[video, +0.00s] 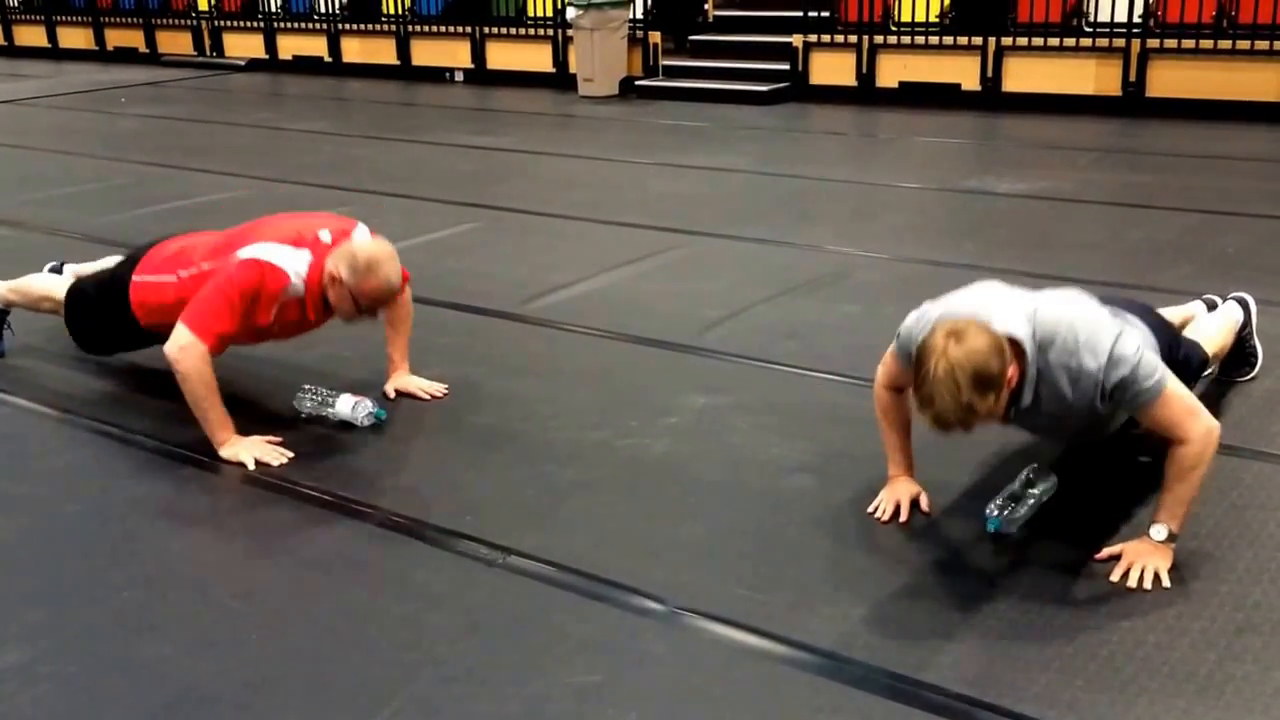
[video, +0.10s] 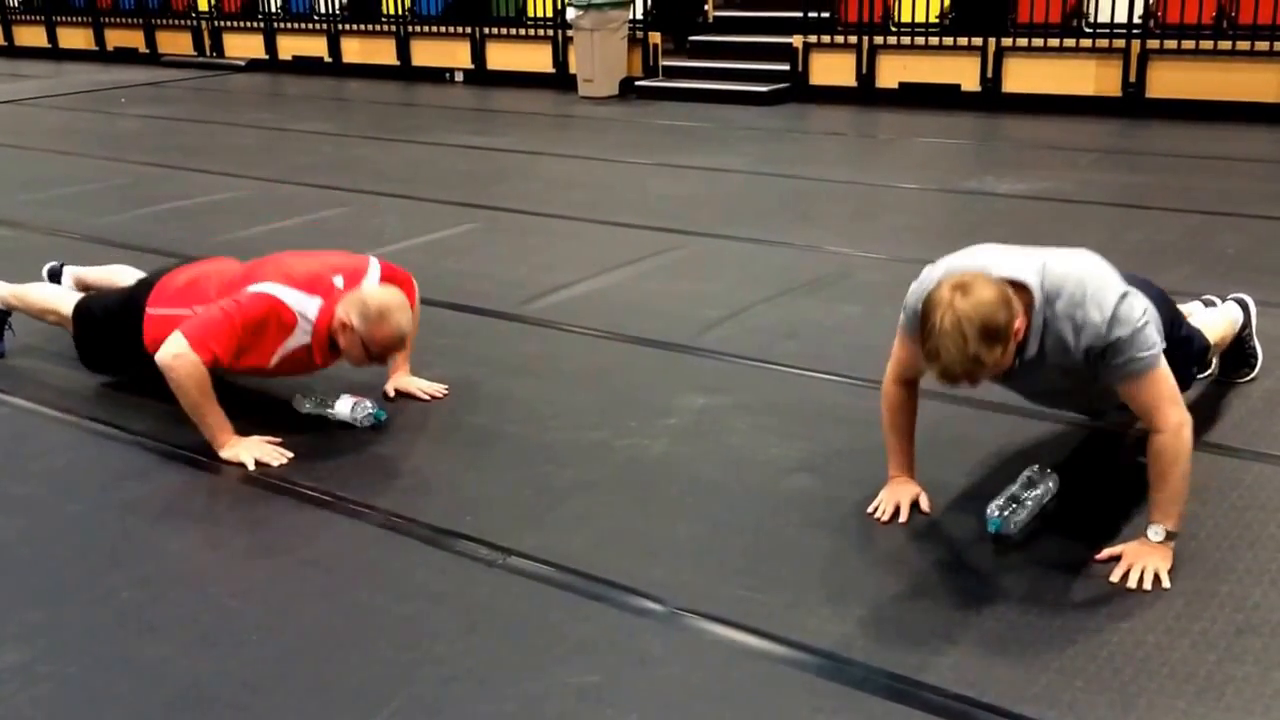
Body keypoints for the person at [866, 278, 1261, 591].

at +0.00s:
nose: (982, 425)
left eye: (986, 414)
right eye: (966, 420)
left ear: (1010, 374)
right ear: (931, 376)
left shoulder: (1103, 355)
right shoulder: (923, 331)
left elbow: (1200, 433)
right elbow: (888, 384)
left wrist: (1160, 537)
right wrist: (900, 474)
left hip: (1142, 342)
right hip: (1081, 321)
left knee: (1195, 351)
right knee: (1157, 328)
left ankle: (1235, 313)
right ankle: (1201, 308)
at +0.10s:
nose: (978, 386)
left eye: (987, 375)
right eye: (966, 378)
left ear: (1018, 327)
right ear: (938, 334)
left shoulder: (1105, 316)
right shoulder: (929, 296)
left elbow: (1171, 424)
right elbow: (900, 379)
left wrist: (1159, 537)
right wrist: (899, 475)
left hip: (1143, 337)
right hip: (1058, 364)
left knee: (1194, 346)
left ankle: (1234, 315)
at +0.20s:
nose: (974, 373)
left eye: (985, 361)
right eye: (962, 364)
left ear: (1019, 317)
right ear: (941, 330)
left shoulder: (1108, 310)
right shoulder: (929, 295)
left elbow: (1165, 423)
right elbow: (903, 380)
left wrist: (1158, 537)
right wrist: (899, 476)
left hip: (1143, 339)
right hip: (1058, 366)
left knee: (1195, 345)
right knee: (1111, 390)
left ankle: (1233, 316)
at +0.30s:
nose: (964, 406)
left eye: (974, 395)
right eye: (953, 398)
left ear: (1010, 355)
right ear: (925, 349)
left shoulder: (1102, 341)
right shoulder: (923, 320)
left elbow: (1190, 428)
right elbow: (893, 385)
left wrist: (1160, 539)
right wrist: (898, 477)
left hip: (1145, 334)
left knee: (1197, 348)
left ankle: (1234, 314)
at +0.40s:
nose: (960, 457)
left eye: (969, 448)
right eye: (949, 449)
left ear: (1004, 408)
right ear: (925, 402)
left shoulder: (1098, 382)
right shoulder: (928, 350)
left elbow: (1208, 438)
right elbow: (883, 387)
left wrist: (1160, 541)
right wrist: (898, 478)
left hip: (1138, 363)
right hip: (1077, 336)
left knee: (1193, 364)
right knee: (1134, 334)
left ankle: (1233, 317)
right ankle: (1197, 311)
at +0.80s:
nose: (989, 415)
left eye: (994, 404)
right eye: (974, 409)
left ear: (1022, 363)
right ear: (945, 361)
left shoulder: (1112, 349)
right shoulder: (935, 323)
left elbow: (1195, 440)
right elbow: (896, 389)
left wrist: (1159, 545)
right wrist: (898, 482)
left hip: (1143, 355)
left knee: (1197, 360)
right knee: (1158, 337)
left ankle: (1235, 322)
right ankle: (1195, 319)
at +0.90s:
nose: (987, 383)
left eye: (995, 371)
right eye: (975, 376)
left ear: (1026, 327)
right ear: (948, 330)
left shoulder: (1112, 318)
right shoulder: (937, 301)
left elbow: (1168, 434)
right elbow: (906, 390)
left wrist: (1157, 546)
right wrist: (899, 483)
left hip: (1145, 353)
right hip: (1062, 374)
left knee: (1195, 354)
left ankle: (1234, 326)